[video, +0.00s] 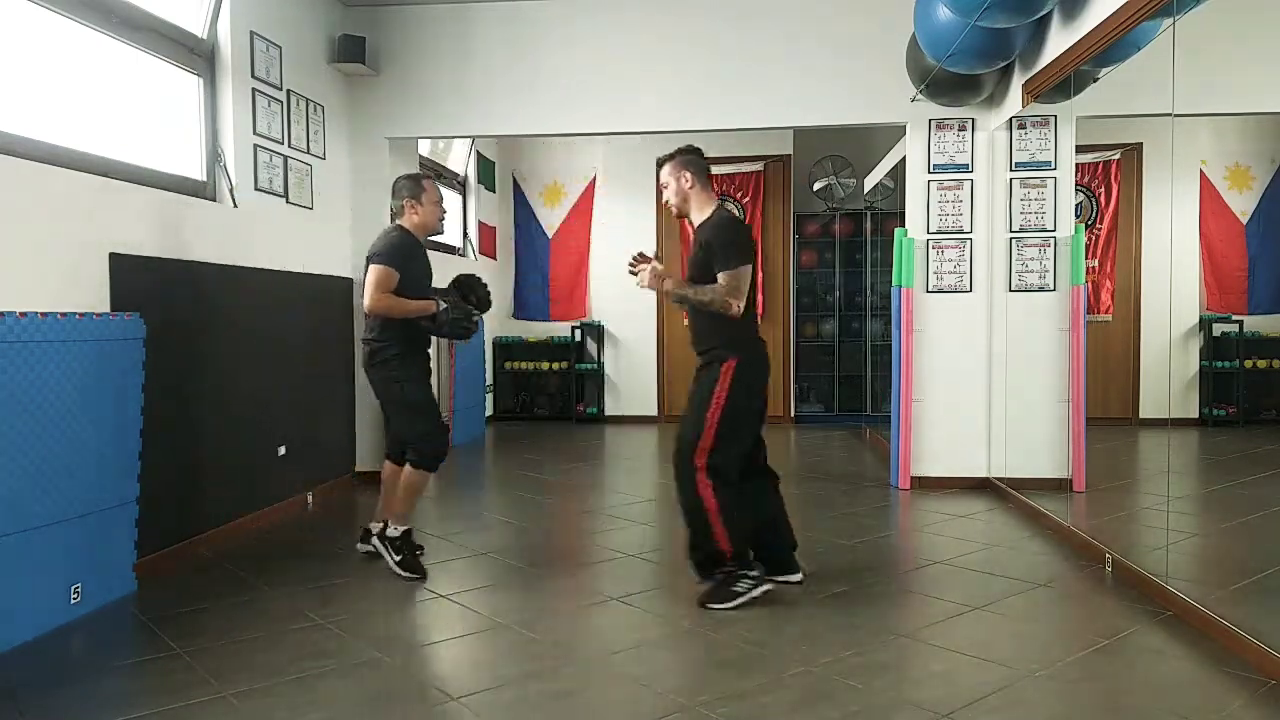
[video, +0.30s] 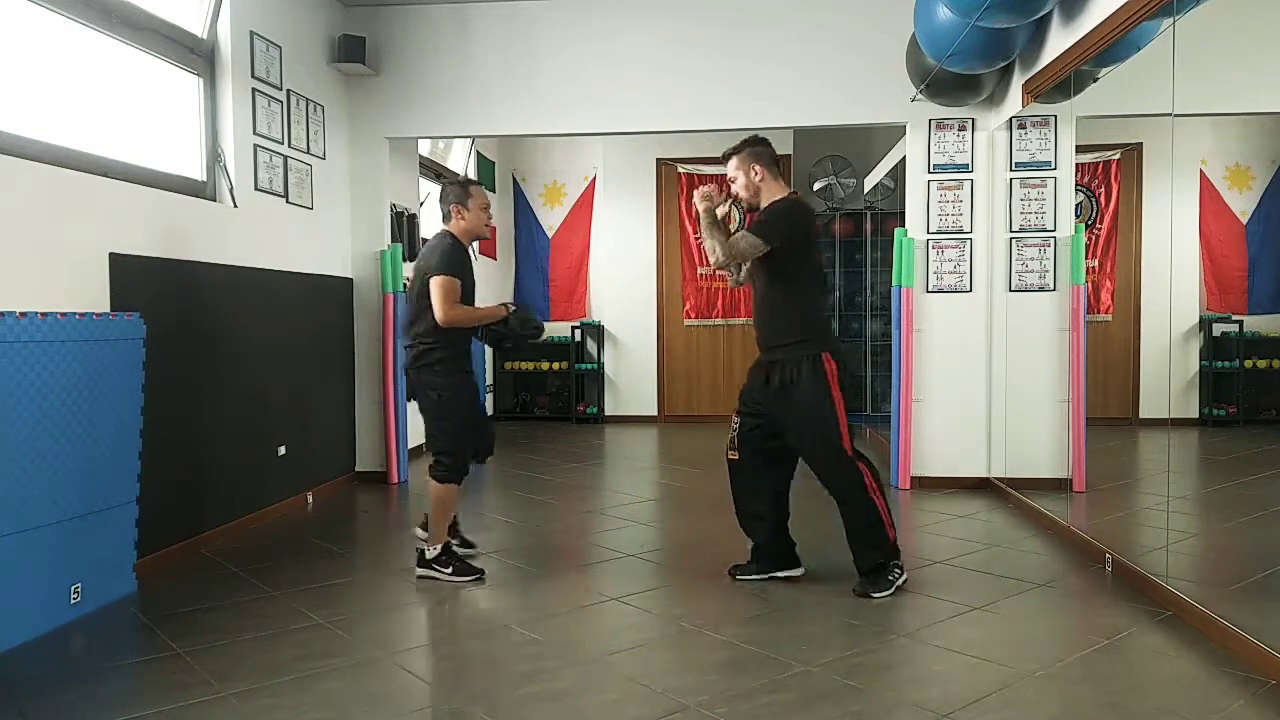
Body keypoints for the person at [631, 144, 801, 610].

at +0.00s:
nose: (664, 197)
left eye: (667, 186)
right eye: (662, 188)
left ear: (687, 180)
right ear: (689, 182)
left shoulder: (724, 225)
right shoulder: (708, 229)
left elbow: (733, 300)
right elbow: (707, 299)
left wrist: (667, 283)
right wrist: (663, 280)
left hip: (733, 361)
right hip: (728, 359)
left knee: (695, 460)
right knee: (744, 460)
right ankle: (780, 561)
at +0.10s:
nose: (689, 188)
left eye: (692, 177)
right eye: (688, 180)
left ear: (715, 171)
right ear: (716, 173)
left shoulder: (751, 219)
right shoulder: (722, 224)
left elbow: (728, 285)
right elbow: (720, 281)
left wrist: (684, 253)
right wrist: (684, 259)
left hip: (758, 358)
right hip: (732, 359)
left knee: (764, 461)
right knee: (735, 463)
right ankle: (769, 558)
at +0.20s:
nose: (715, 183)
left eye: (716, 173)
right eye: (712, 175)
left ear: (741, 166)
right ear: (742, 168)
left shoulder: (770, 209)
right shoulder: (749, 214)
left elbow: (721, 262)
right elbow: (713, 266)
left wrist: (700, 221)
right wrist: (700, 224)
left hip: (780, 352)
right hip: (751, 354)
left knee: (804, 453)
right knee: (754, 458)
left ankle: (866, 549)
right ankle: (775, 557)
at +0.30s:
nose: (733, 189)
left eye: (735, 179)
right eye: (730, 182)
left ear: (758, 170)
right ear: (759, 173)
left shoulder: (790, 210)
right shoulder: (765, 218)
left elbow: (724, 255)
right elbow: (735, 271)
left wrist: (706, 212)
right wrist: (711, 218)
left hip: (809, 359)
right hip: (772, 361)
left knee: (838, 462)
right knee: (752, 458)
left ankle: (883, 563)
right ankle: (774, 555)